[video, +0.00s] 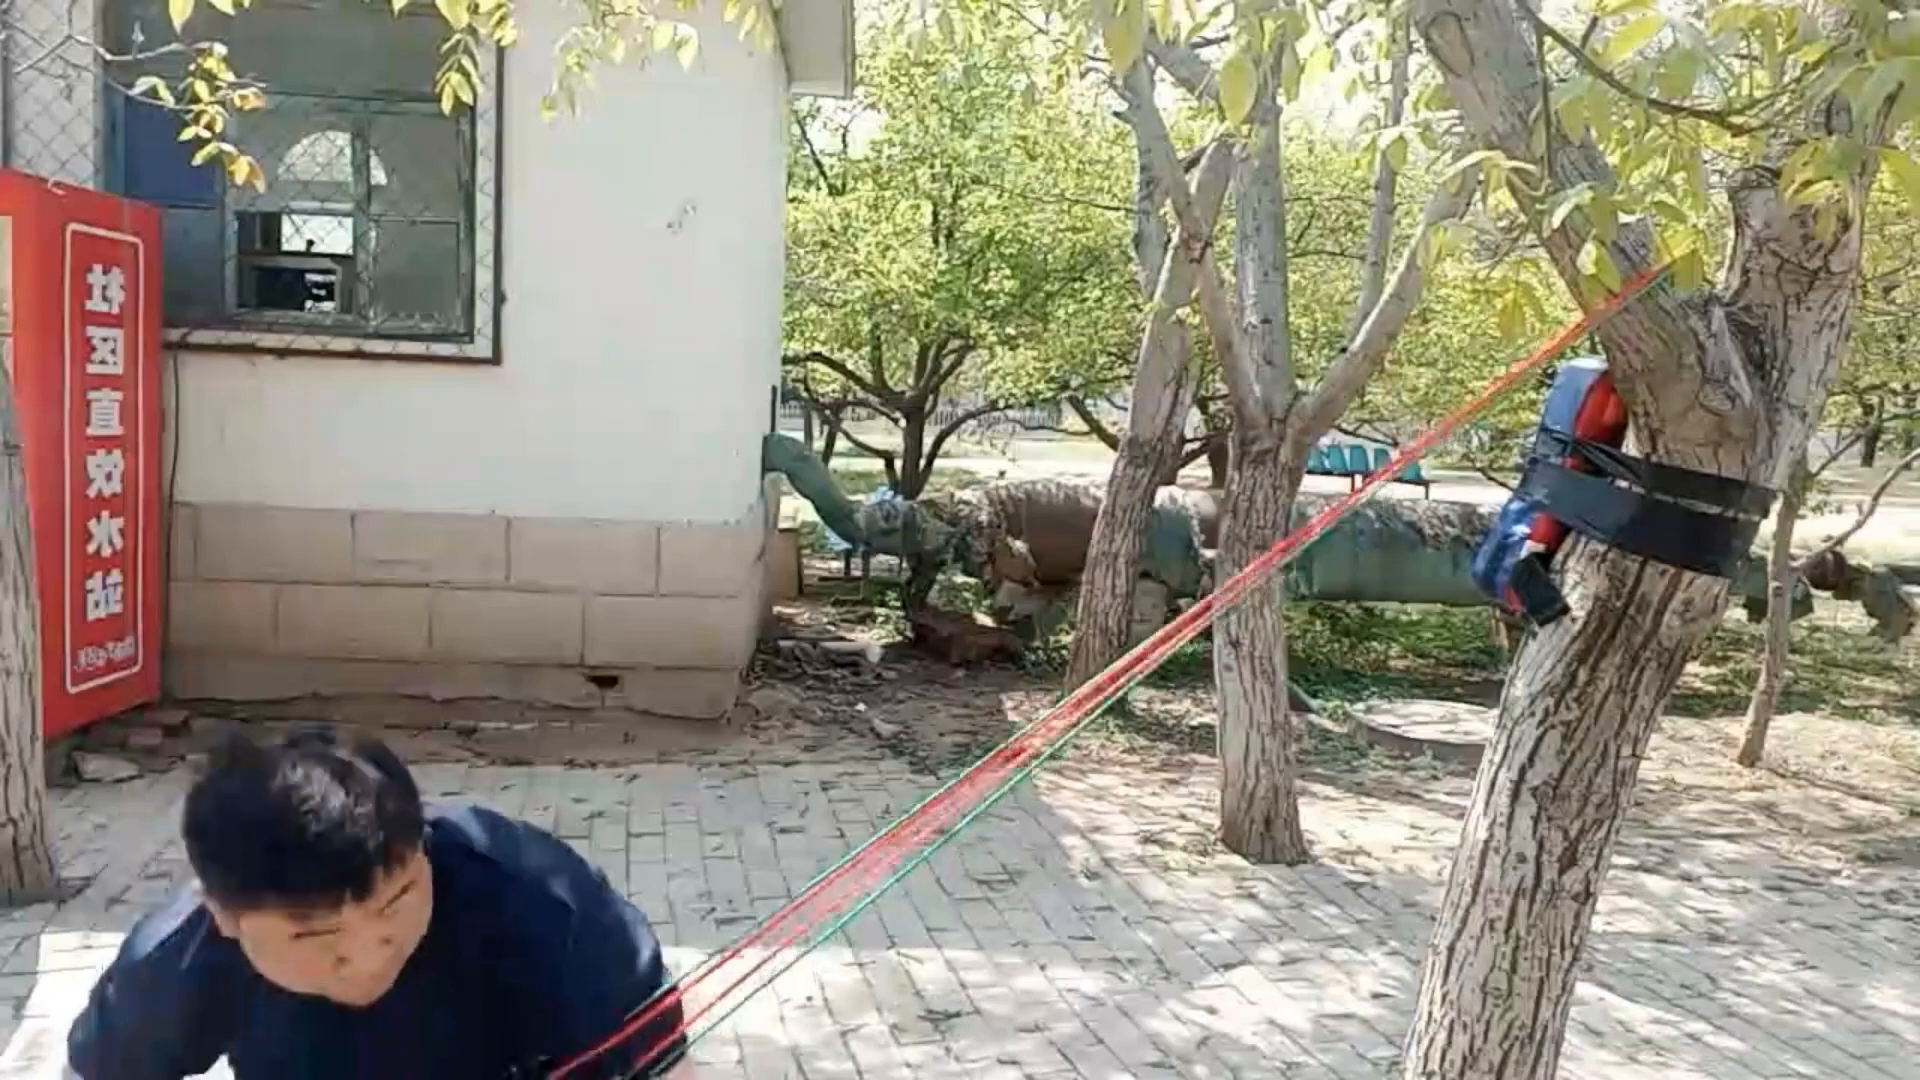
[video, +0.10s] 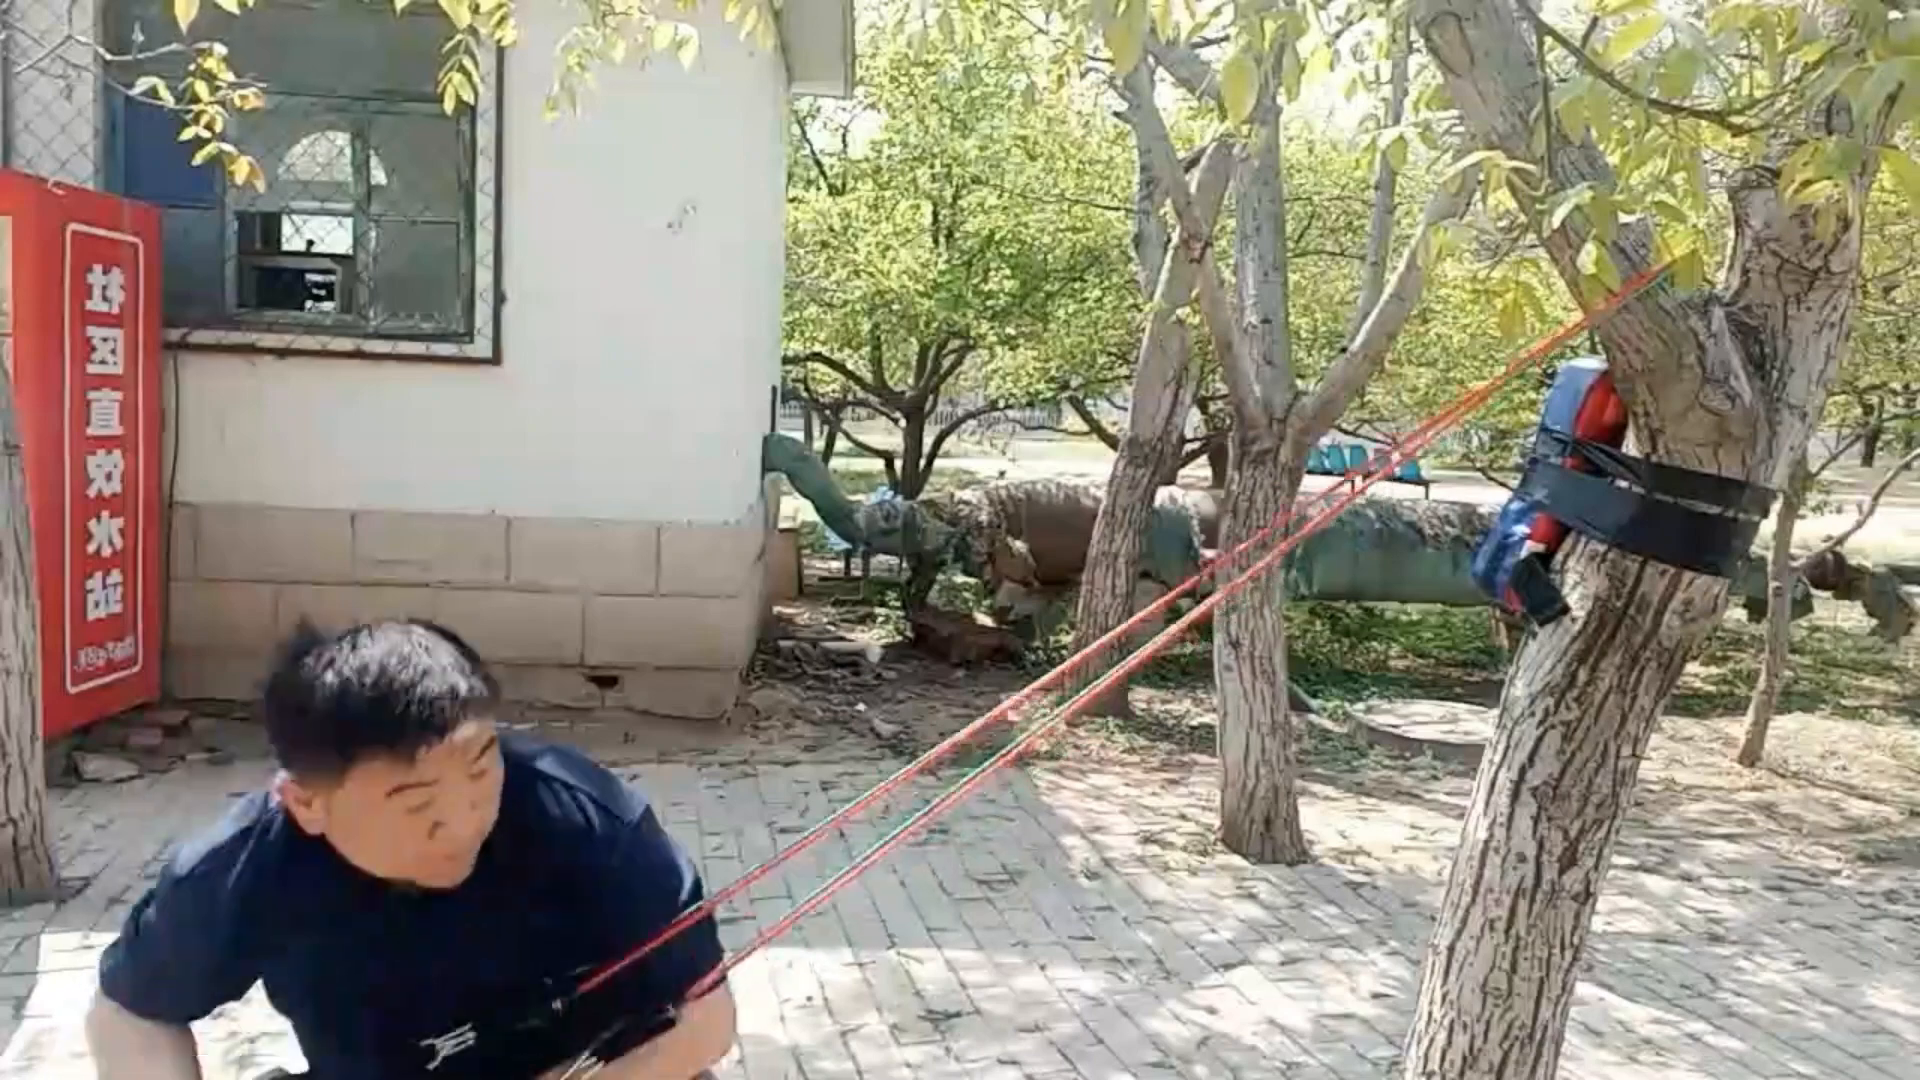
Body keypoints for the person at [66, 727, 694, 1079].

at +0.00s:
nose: (366, 957)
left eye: (394, 904)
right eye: (313, 936)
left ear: (422, 850)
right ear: (226, 916)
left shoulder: (546, 911)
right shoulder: (177, 965)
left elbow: (642, 1047)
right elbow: (102, 1066)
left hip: (489, 1051)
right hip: (296, 1054)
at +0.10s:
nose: (464, 820)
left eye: (478, 771)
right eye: (414, 798)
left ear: (493, 735)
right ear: (306, 804)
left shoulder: (588, 820)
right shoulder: (238, 876)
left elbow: (706, 1019)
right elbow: (129, 1013)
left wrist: (583, 1079)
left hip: (575, 1048)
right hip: (376, 1060)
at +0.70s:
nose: (813, 356)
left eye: (803, 328)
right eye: (793, 329)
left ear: (713, 361)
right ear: (711, 358)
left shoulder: (709, 477)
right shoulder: (659, 534)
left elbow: (867, 583)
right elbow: (901, 669)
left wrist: (1037, 636)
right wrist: (1126, 678)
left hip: (673, 941)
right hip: (634, 967)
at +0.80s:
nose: (828, 377)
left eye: (819, 350)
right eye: (813, 351)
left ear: (725, 374)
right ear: (740, 374)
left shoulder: (659, 485)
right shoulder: (704, 547)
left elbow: (868, 616)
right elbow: (936, 711)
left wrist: (1056, 715)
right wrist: (1137, 737)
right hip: (644, 1000)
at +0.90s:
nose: (830, 416)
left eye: (827, 389)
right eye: (823, 387)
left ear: (682, 388)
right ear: (769, 392)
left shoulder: (620, 500)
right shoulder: (728, 596)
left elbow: (816, 644)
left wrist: (969, 724)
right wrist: (1052, 794)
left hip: (519, 968)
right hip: (630, 1016)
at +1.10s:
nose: (725, 469)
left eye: (722, 441)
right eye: (723, 440)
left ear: (585, 434)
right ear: (697, 440)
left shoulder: (518, 536)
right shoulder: (637, 577)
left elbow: (728, 638)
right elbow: (714, 753)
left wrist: (888, 635)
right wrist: (857, 644)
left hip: (387, 1011)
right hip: (559, 1034)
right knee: (727, 1063)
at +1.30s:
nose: (529, 576)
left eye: (527, 559)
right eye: (528, 558)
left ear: (371, 564)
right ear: (504, 554)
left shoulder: (267, 685)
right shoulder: (596, 668)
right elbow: (737, 823)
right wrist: (704, 719)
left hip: (304, 1059)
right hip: (534, 1058)